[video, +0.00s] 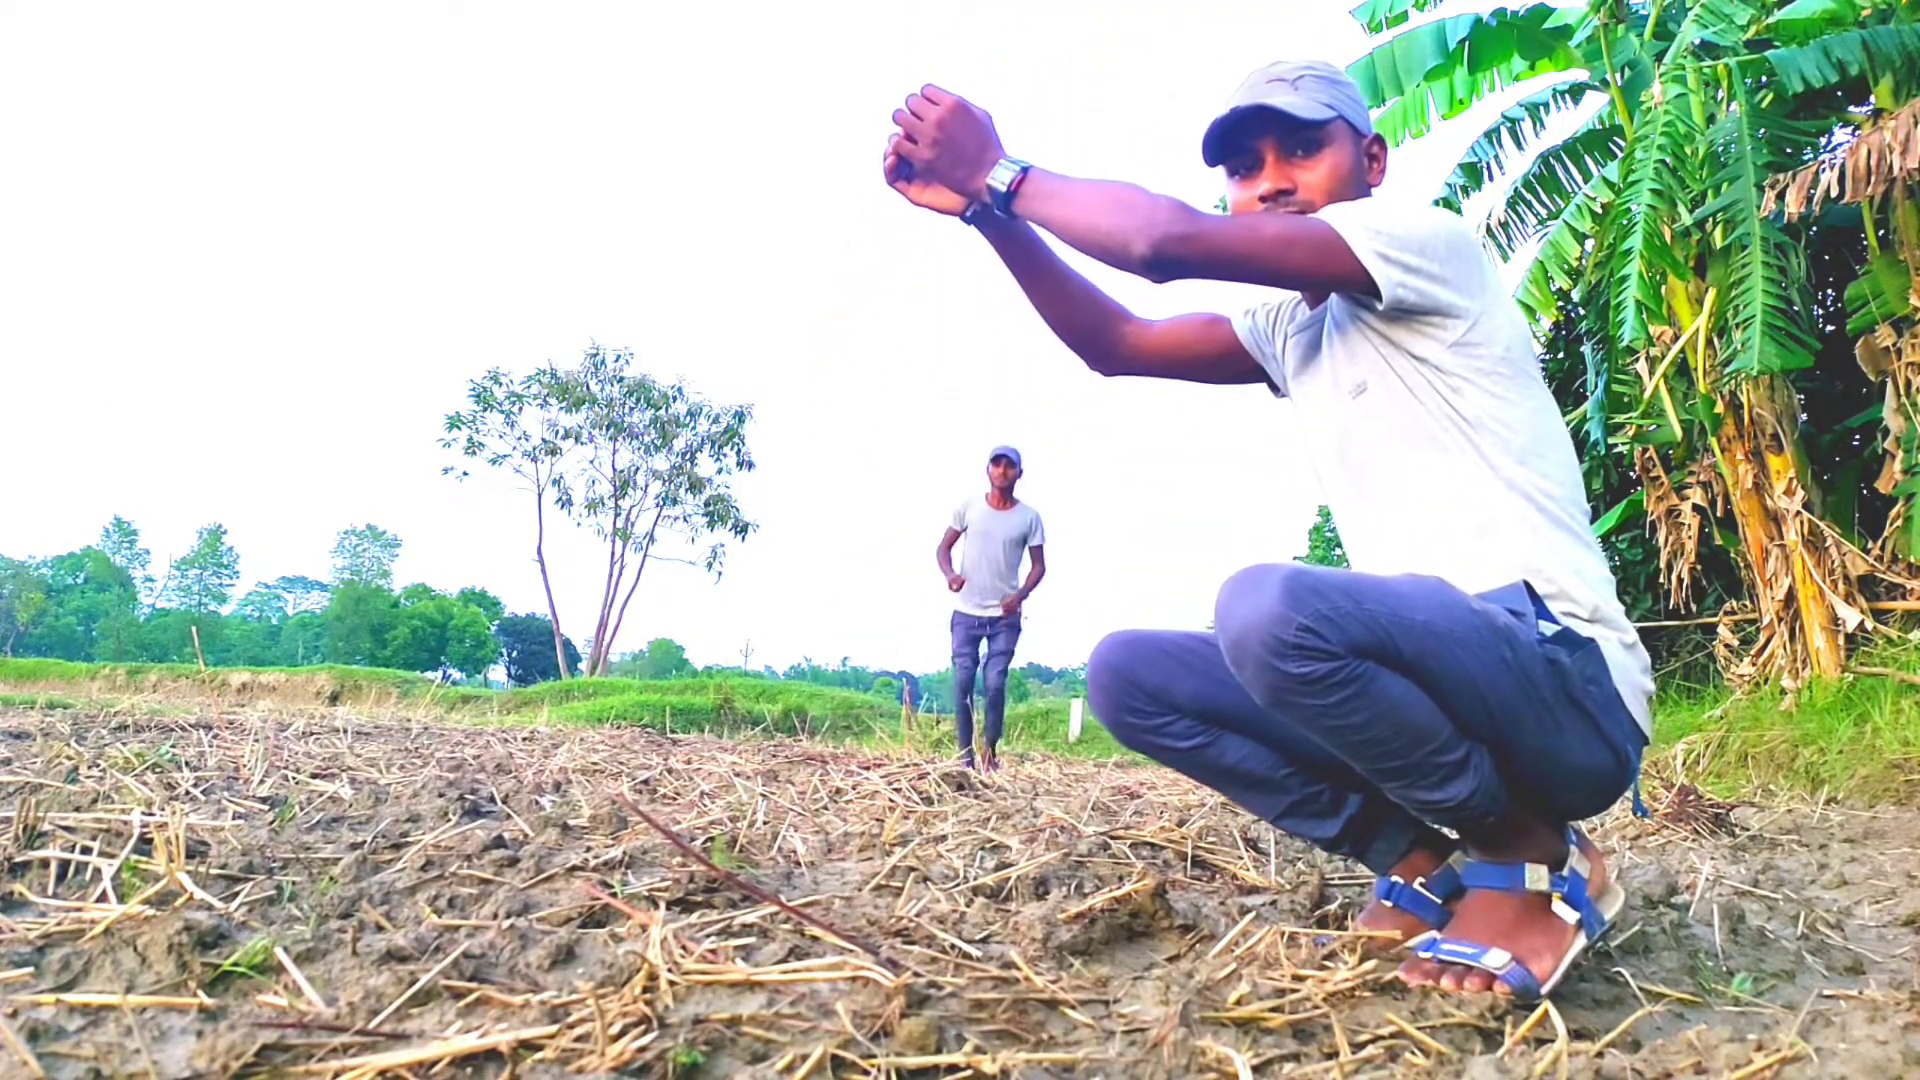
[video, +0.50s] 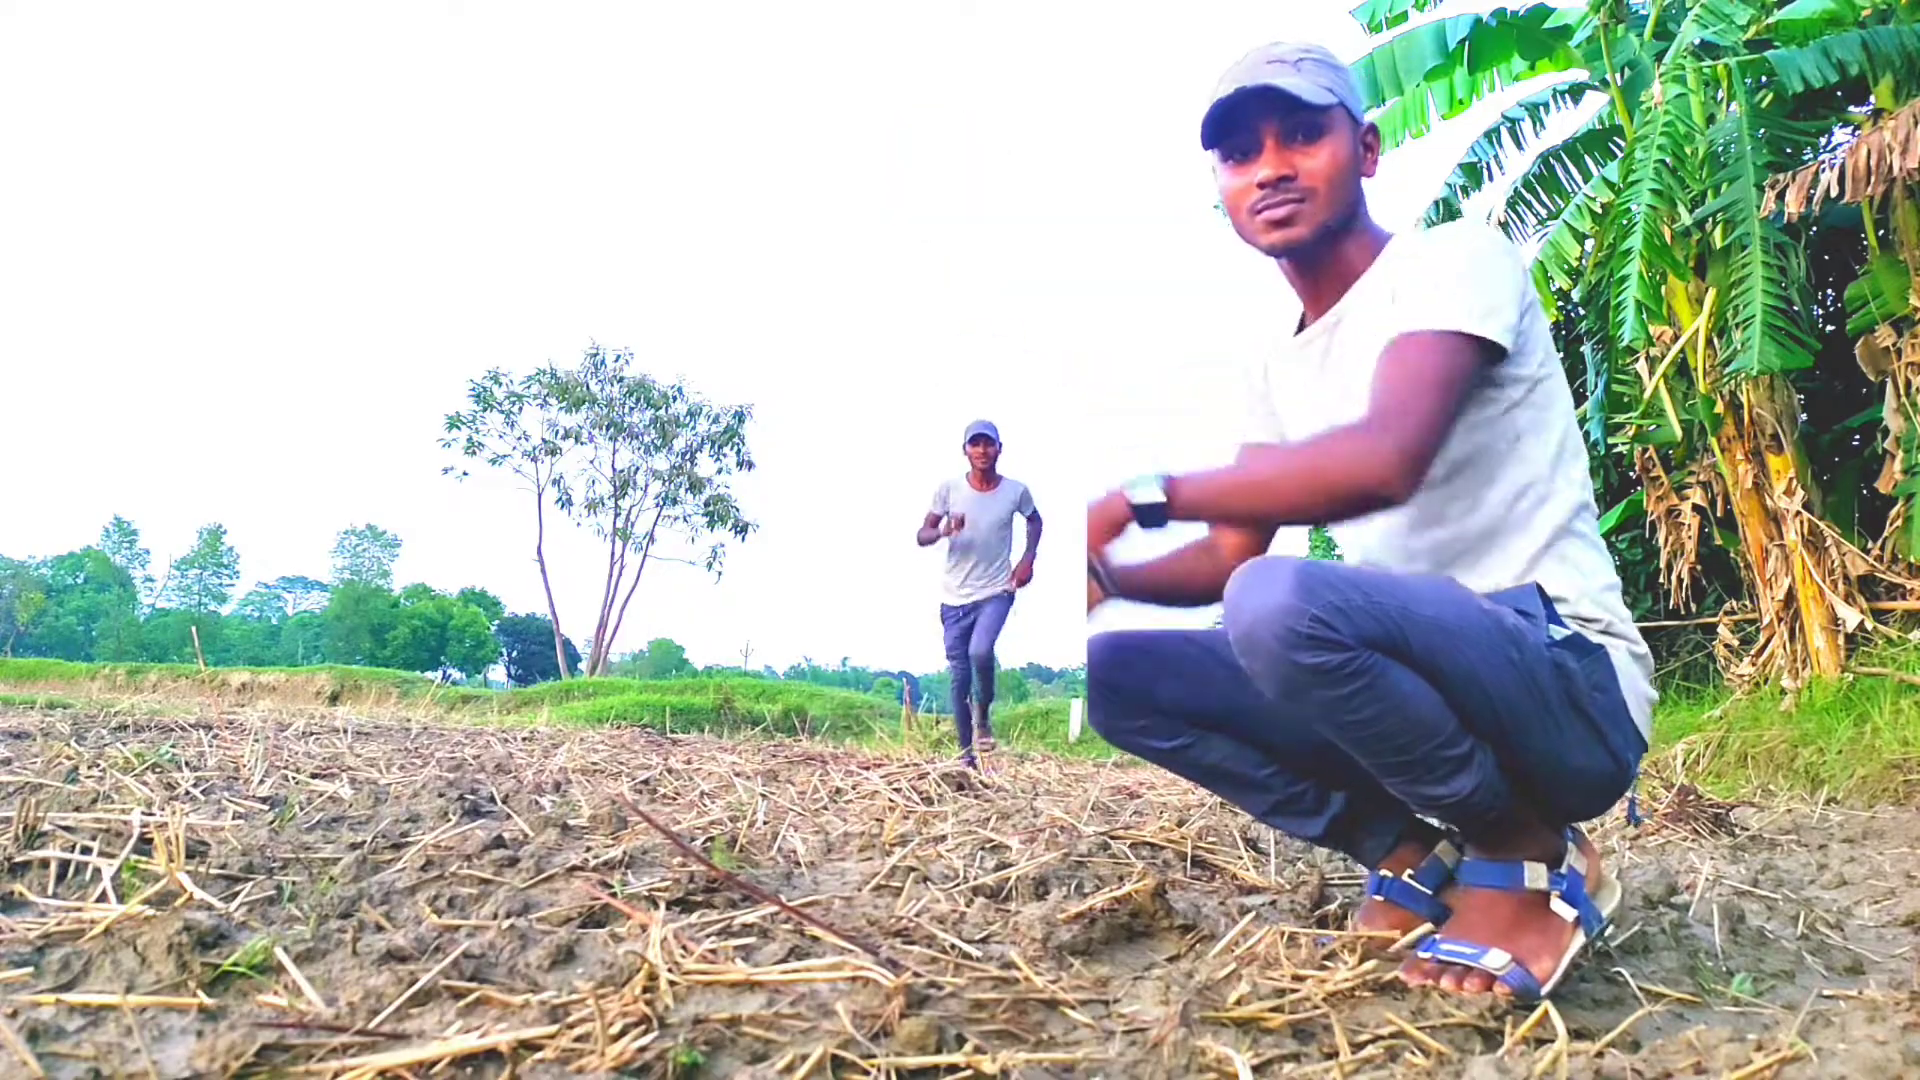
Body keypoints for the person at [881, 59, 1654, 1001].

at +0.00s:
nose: (1271, 181)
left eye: (1303, 146)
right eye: (1244, 164)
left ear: (1375, 160)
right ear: (1229, 188)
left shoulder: (1428, 242)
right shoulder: (1298, 327)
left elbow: (1161, 239)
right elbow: (1116, 342)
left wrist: (997, 172)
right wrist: (991, 212)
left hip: (1565, 674)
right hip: (1440, 687)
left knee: (1268, 612)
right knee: (1127, 676)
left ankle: (1528, 854)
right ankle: (1426, 860)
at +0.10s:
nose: (1273, 177)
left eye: (1305, 143)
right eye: (1246, 161)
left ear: (1376, 157)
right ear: (1231, 187)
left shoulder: (1429, 241)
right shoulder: (1295, 324)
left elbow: (1161, 236)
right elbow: (1116, 339)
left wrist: (996, 166)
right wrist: (990, 209)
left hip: (1565, 672)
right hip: (1439, 684)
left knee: (1271, 614)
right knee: (1128, 678)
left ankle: (1528, 857)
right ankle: (1426, 859)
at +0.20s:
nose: (1273, 175)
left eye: (1305, 140)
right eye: (1246, 157)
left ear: (1377, 155)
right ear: (1231, 183)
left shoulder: (1429, 238)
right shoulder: (1297, 323)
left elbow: (1160, 236)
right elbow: (1114, 340)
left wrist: (996, 165)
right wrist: (988, 208)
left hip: (1565, 672)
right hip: (1440, 684)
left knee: (1271, 614)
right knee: (1128, 679)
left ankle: (1530, 855)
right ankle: (1425, 859)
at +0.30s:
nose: (1275, 168)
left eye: (1309, 132)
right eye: (1247, 149)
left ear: (1379, 149)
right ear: (1231, 182)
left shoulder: (1443, 238)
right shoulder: (1296, 328)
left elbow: (1188, 278)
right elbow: (1117, 383)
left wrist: (1010, 213)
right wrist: (990, 256)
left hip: (1566, 669)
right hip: (1434, 682)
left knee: (1271, 612)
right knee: (1125, 682)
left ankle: (1522, 859)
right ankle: (1424, 854)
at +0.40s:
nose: (1281, 160)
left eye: (1313, 129)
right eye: (1252, 143)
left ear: (1381, 147)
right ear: (1235, 185)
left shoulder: (1457, 246)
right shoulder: (1303, 346)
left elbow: (1296, 398)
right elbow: (1178, 501)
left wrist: (1079, 384)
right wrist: (1046, 458)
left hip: (1567, 676)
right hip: (1436, 699)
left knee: (1269, 612)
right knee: (1122, 682)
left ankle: (1518, 857)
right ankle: (1413, 855)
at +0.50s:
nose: (1272, 167)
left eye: (1302, 135)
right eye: (1241, 149)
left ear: (1364, 150)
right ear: (1219, 186)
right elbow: (1227, 556)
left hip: (1573, 683)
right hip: (1422, 706)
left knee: (1278, 608)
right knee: (1122, 677)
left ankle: (1518, 858)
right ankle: (1408, 850)